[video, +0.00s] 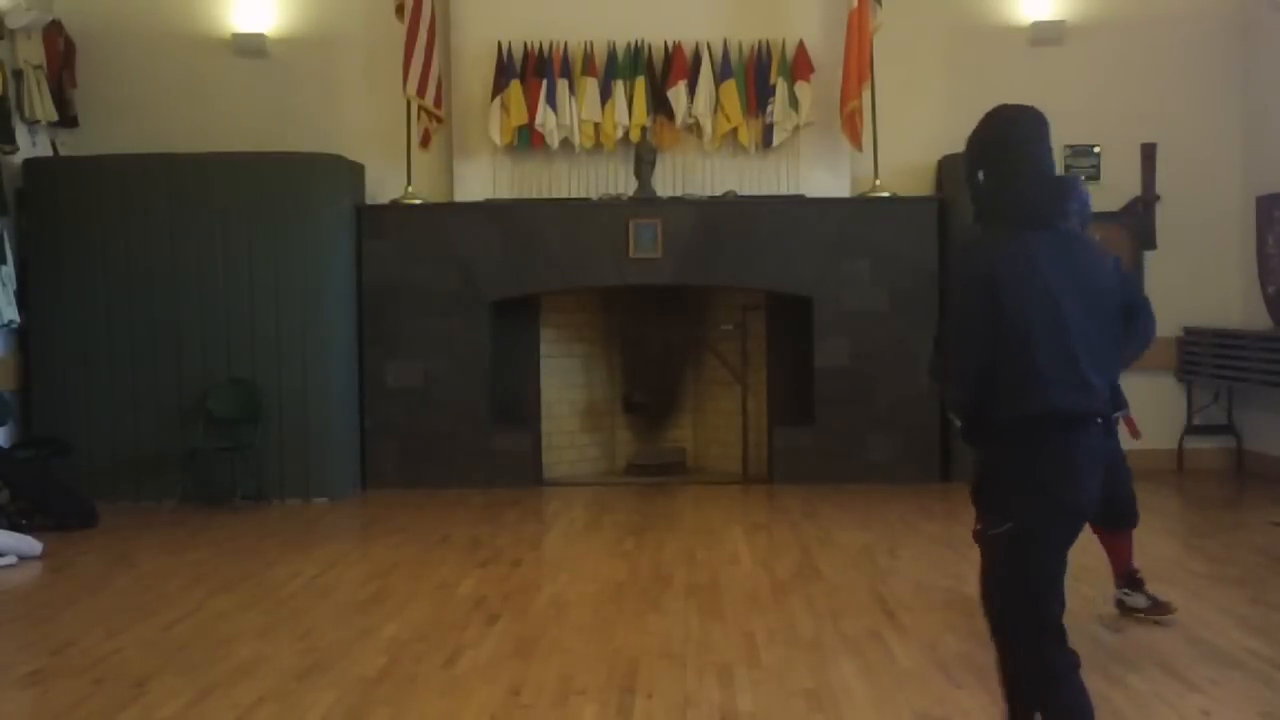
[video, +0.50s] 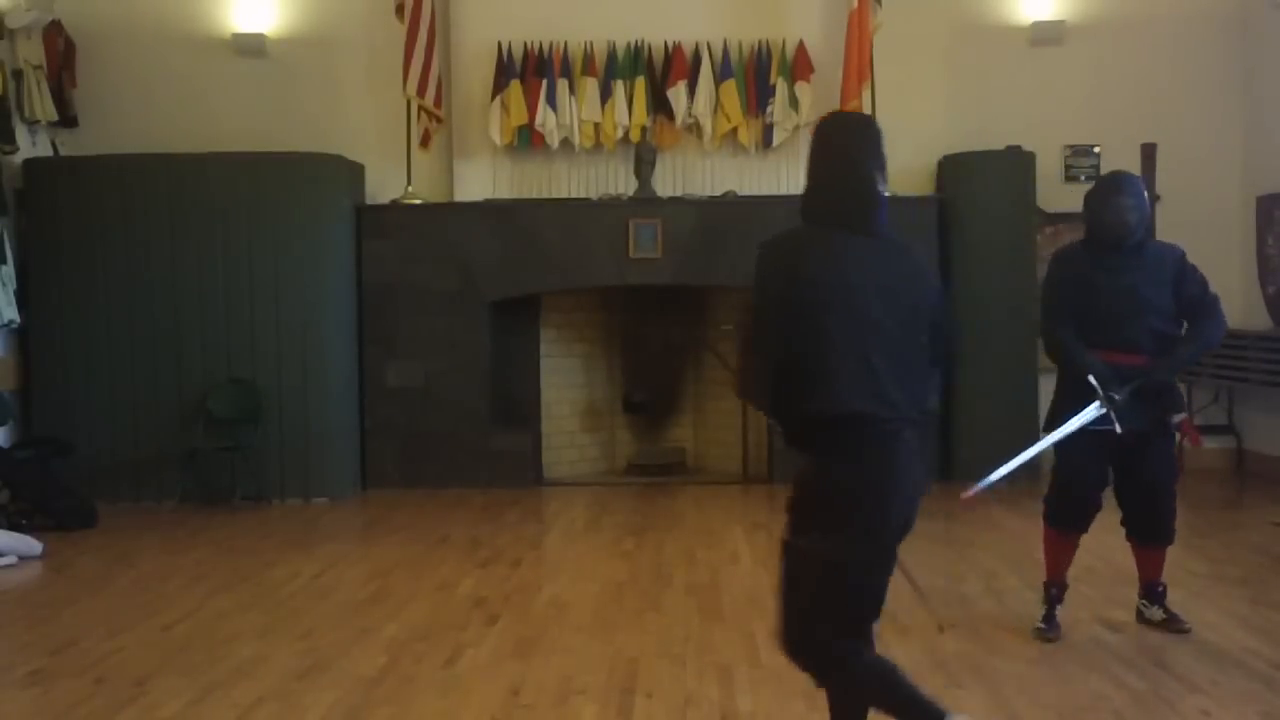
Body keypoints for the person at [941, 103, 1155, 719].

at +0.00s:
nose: (973, 179)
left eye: (976, 169)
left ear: (983, 176)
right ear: (1046, 169)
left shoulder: (978, 259)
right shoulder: (1084, 253)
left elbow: (957, 371)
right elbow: (1138, 326)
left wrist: (981, 427)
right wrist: (1085, 377)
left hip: (1020, 456)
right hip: (1082, 450)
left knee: (1026, 618)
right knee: (1016, 600)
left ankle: (1064, 709)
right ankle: (1027, 707)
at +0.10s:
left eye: (949, 165)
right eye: (1021, 157)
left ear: (954, 169)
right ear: (1022, 167)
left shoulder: (944, 252)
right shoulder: (1058, 254)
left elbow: (925, 363)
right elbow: (1098, 337)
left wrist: (945, 418)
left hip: (986, 454)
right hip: (1050, 451)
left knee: (1038, 634)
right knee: (968, 598)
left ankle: (1076, 706)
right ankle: (964, 710)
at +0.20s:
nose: (916, 180)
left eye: (919, 170)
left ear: (923, 176)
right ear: (991, 175)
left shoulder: (909, 260)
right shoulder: (1029, 264)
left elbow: (892, 367)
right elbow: (1048, 364)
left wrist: (921, 432)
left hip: (961, 461)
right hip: (1019, 455)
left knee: (1034, 639)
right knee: (928, 617)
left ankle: (1073, 705)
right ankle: (909, 710)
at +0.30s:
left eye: (891, 176)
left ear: (890, 182)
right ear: (955, 183)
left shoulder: (870, 265)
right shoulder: (991, 264)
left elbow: (850, 383)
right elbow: (1012, 362)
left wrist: (892, 447)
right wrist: (980, 434)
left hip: (924, 465)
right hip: (978, 460)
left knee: (999, 639)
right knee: (889, 623)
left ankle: (1053, 705)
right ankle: (877, 709)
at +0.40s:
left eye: (856, 173)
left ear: (852, 180)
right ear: (916, 184)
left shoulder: (829, 266)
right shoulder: (947, 271)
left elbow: (819, 378)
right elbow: (967, 369)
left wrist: (848, 451)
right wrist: (937, 439)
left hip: (878, 470)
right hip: (930, 466)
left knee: (917, 644)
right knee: (853, 626)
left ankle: (1001, 711)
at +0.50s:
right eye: (874, 164)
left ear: (815, 170)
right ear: (879, 173)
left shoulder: (787, 255)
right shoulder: (906, 258)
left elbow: (761, 379)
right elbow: (938, 351)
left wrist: (810, 428)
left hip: (836, 463)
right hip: (900, 459)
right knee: (851, 630)